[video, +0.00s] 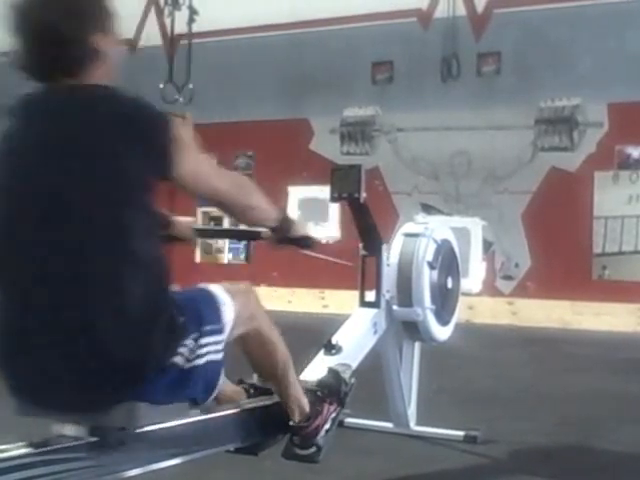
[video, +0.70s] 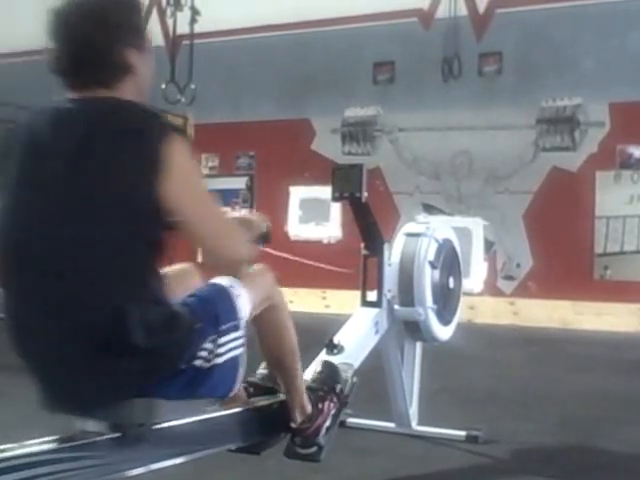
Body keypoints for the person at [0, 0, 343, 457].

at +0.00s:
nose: (120, 44)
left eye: (114, 33)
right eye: (113, 33)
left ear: (36, 50)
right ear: (97, 44)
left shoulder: (18, 122)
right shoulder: (129, 118)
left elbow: (70, 211)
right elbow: (234, 194)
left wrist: (164, 226)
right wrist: (282, 225)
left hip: (32, 370)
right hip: (119, 361)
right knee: (245, 303)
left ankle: (246, 407)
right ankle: (302, 413)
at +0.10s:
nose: (71, 40)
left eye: (67, 26)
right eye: (66, 26)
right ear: (46, 34)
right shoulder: (92, 120)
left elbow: (25, 227)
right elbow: (200, 212)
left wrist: (120, 228)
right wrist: (249, 228)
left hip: (10, 363)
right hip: (96, 354)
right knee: (239, 330)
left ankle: (248, 410)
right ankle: (304, 413)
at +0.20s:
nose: (41, 55)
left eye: (39, 43)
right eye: (37, 43)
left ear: (4, 46)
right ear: (12, 44)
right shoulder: (51, 131)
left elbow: (23, 248)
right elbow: (169, 245)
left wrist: (96, 231)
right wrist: (209, 239)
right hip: (68, 358)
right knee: (231, 344)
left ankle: (262, 404)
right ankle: (306, 413)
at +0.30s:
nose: (40, 61)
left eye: (39, 47)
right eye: (37, 46)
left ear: (5, 46)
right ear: (12, 45)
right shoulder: (35, 132)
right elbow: (112, 271)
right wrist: (162, 248)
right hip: (51, 358)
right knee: (228, 345)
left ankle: (258, 401)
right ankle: (305, 412)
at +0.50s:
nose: (85, 55)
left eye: (84, 43)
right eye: (82, 43)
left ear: (6, 45)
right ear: (60, 44)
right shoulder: (65, 119)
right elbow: (75, 252)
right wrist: (141, 245)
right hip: (54, 357)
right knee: (237, 323)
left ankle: (237, 403)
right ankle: (301, 413)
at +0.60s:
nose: (117, 56)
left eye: (115, 45)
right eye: (113, 45)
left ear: (30, 52)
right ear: (94, 48)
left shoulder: (10, 119)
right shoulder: (106, 127)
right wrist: (199, 237)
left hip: (25, 363)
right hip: (96, 360)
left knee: (165, 294)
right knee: (249, 300)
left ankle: (241, 401)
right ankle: (301, 412)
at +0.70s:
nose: (151, 58)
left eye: (147, 46)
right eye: (146, 47)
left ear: (67, 59)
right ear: (129, 54)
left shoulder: (35, 132)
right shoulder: (153, 136)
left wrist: (211, 223)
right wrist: (249, 225)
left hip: (52, 367)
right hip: (131, 369)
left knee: (191, 275)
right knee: (263, 281)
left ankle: (233, 401)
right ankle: (303, 414)